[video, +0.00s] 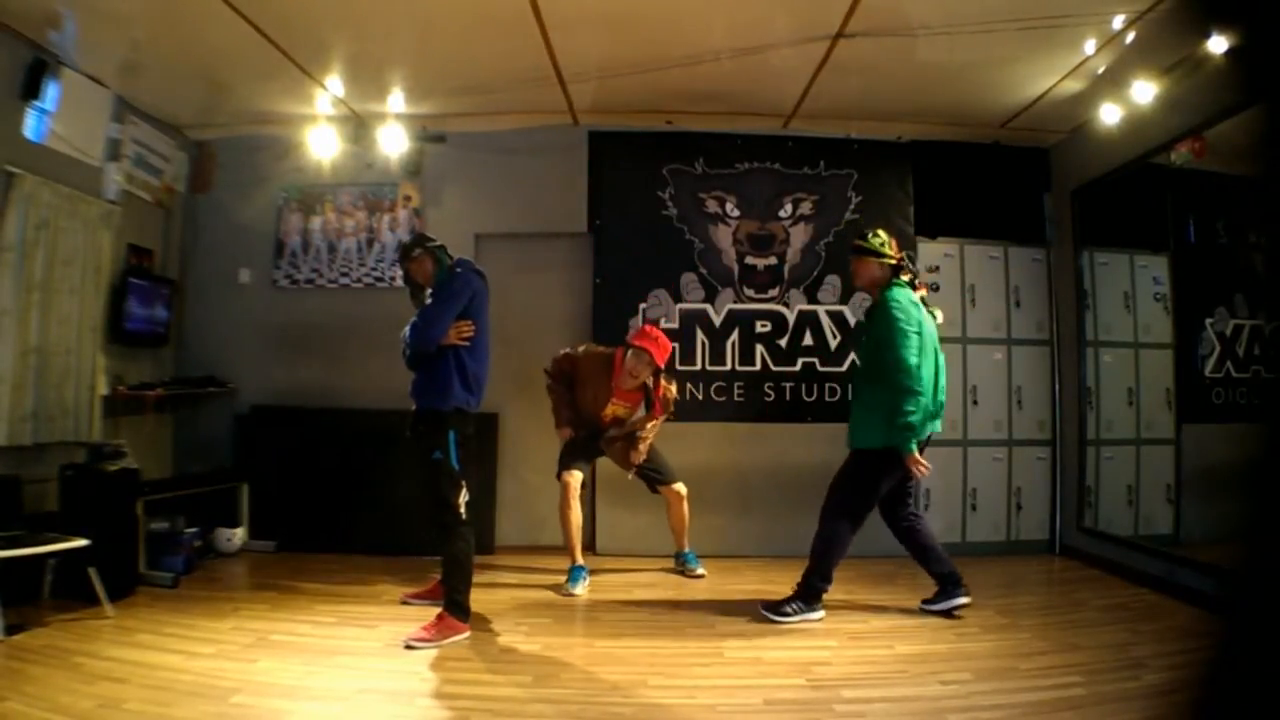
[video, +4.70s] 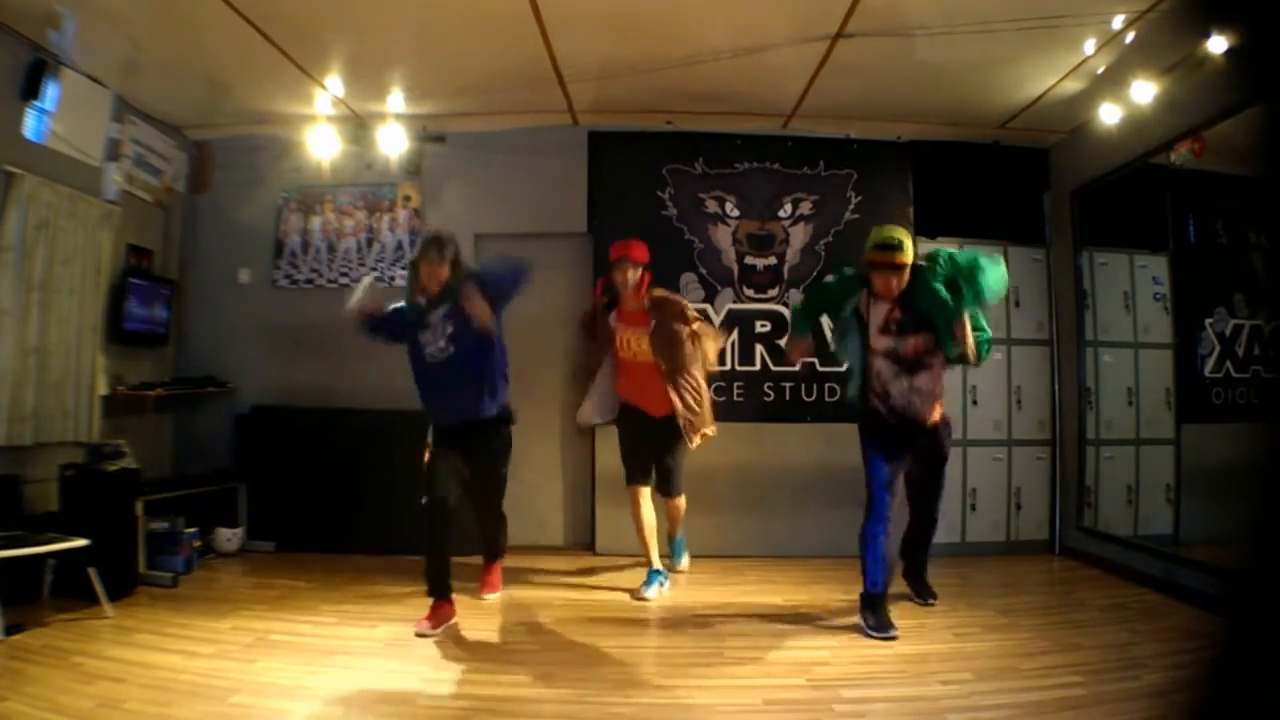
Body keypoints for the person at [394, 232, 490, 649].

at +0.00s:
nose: (413, 276)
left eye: (415, 266)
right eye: (408, 270)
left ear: (431, 256)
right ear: (414, 269)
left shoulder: (463, 278)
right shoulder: (438, 291)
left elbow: (428, 335)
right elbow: (409, 349)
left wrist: (411, 330)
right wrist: (436, 335)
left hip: (453, 409)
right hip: (433, 409)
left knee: (455, 509)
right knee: (441, 502)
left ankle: (456, 614)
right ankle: (447, 581)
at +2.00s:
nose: (415, 282)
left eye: (415, 272)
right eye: (411, 275)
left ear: (429, 263)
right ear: (426, 266)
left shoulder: (461, 285)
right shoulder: (445, 292)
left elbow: (445, 356)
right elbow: (424, 344)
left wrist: (412, 359)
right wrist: (427, 359)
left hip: (452, 413)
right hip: (435, 412)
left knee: (454, 509)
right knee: (439, 501)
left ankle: (456, 614)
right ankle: (445, 582)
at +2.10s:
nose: (413, 282)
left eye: (414, 273)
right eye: (409, 275)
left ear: (430, 264)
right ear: (419, 270)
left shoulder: (465, 289)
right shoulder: (433, 301)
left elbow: (477, 343)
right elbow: (422, 351)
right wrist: (410, 382)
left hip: (455, 415)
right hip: (429, 414)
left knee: (455, 508)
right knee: (433, 499)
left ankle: (456, 614)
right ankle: (443, 581)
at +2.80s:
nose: (470, 263)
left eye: (478, 255)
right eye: (463, 254)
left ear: (487, 257)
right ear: (447, 251)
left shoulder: (496, 302)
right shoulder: (416, 290)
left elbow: (502, 366)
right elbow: (393, 349)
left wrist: (494, 419)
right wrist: (394, 406)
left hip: (472, 413)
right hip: (427, 410)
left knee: (470, 505)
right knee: (433, 498)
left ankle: (470, 597)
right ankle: (447, 581)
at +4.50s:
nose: (440, 256)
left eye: (448, 248)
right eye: (433, 248)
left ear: (464, 248)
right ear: (423, 252)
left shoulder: (489, 288)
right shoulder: (420, 293)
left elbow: (507, 349)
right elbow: (416, 348)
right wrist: (377, 375)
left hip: (486, 404)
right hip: (443, 404)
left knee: (475, 486)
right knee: (431, 474)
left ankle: (477, 573)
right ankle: (437, 537)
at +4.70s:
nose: (430, 274)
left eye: (437, 266)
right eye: (424, 266)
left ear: (452, 267)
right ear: (416, 268)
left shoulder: (477, 294)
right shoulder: (412, 315)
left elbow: (518, 272)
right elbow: (382, 326)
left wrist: (478, 284)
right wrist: (366, 315)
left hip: (488, 421)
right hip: (445, 425)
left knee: (486, 501)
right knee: (438, 508)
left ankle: (493, 563)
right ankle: (441, 600)